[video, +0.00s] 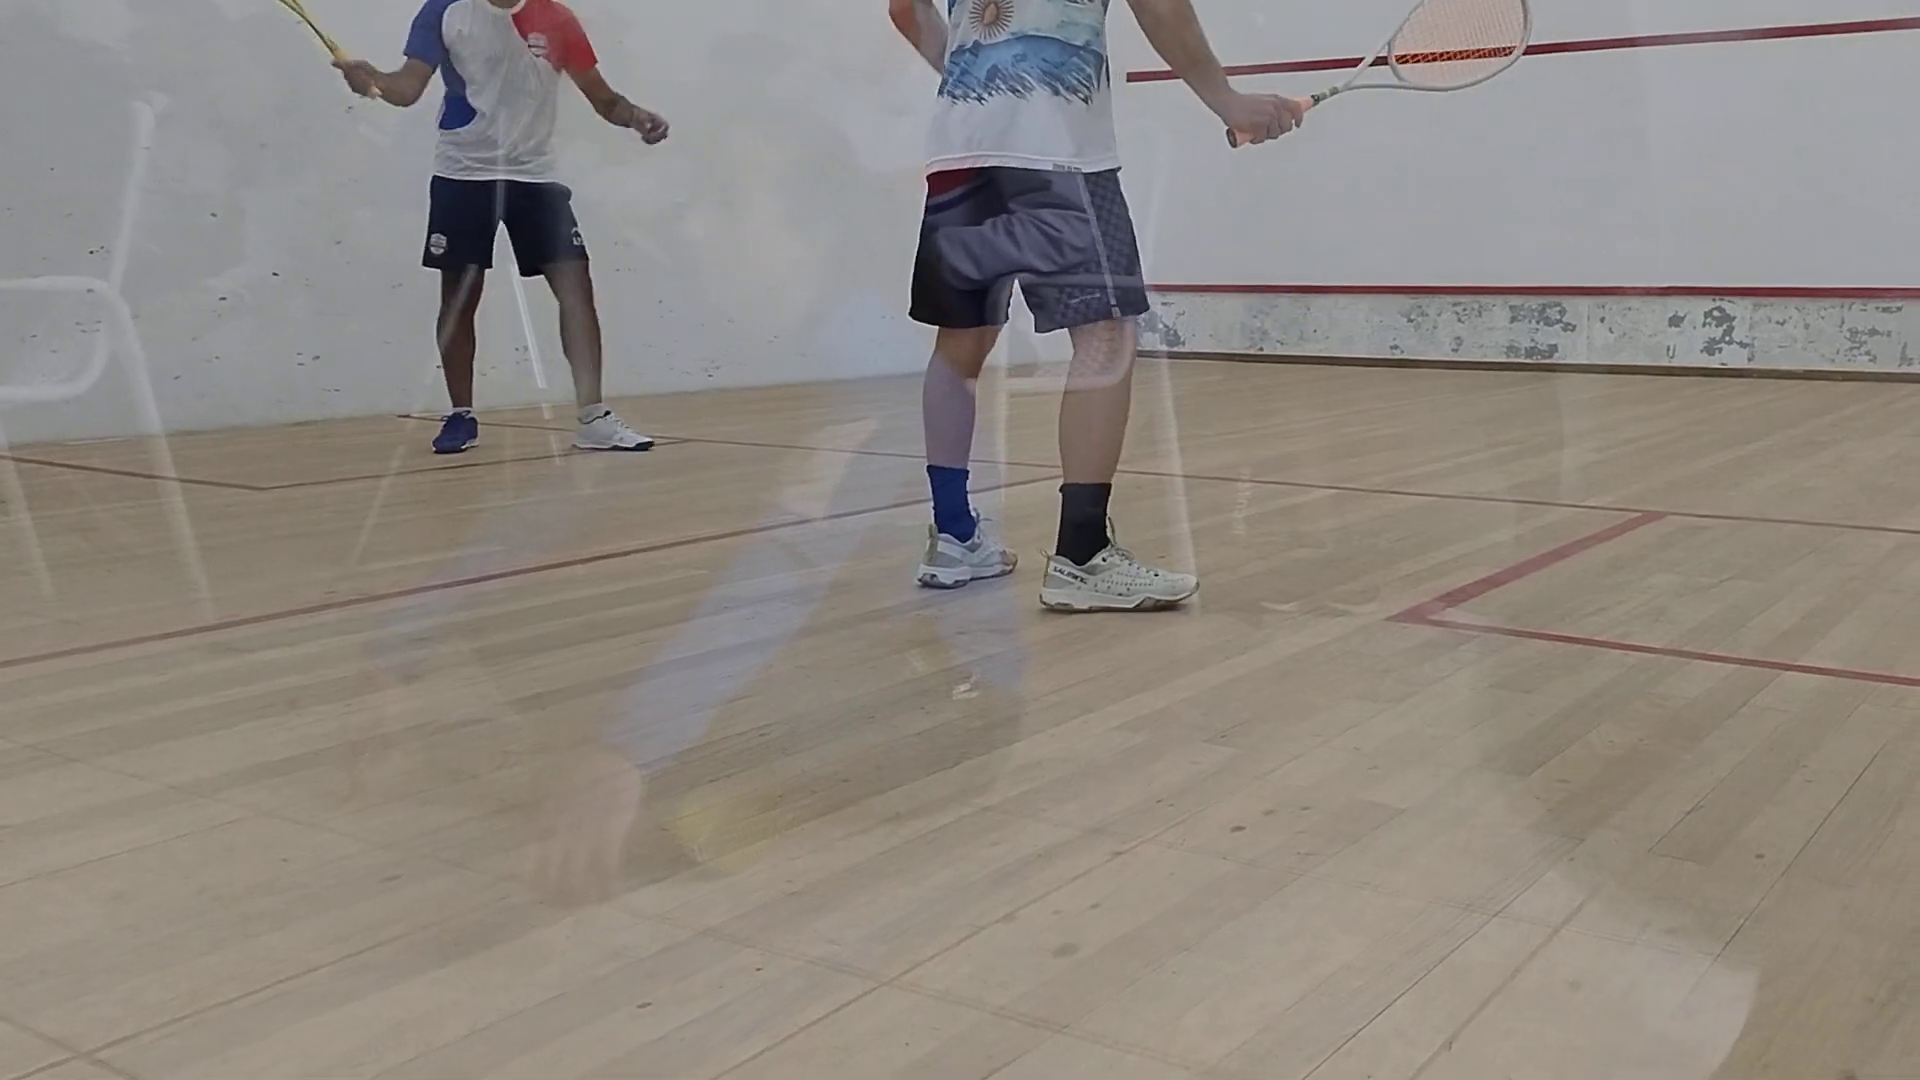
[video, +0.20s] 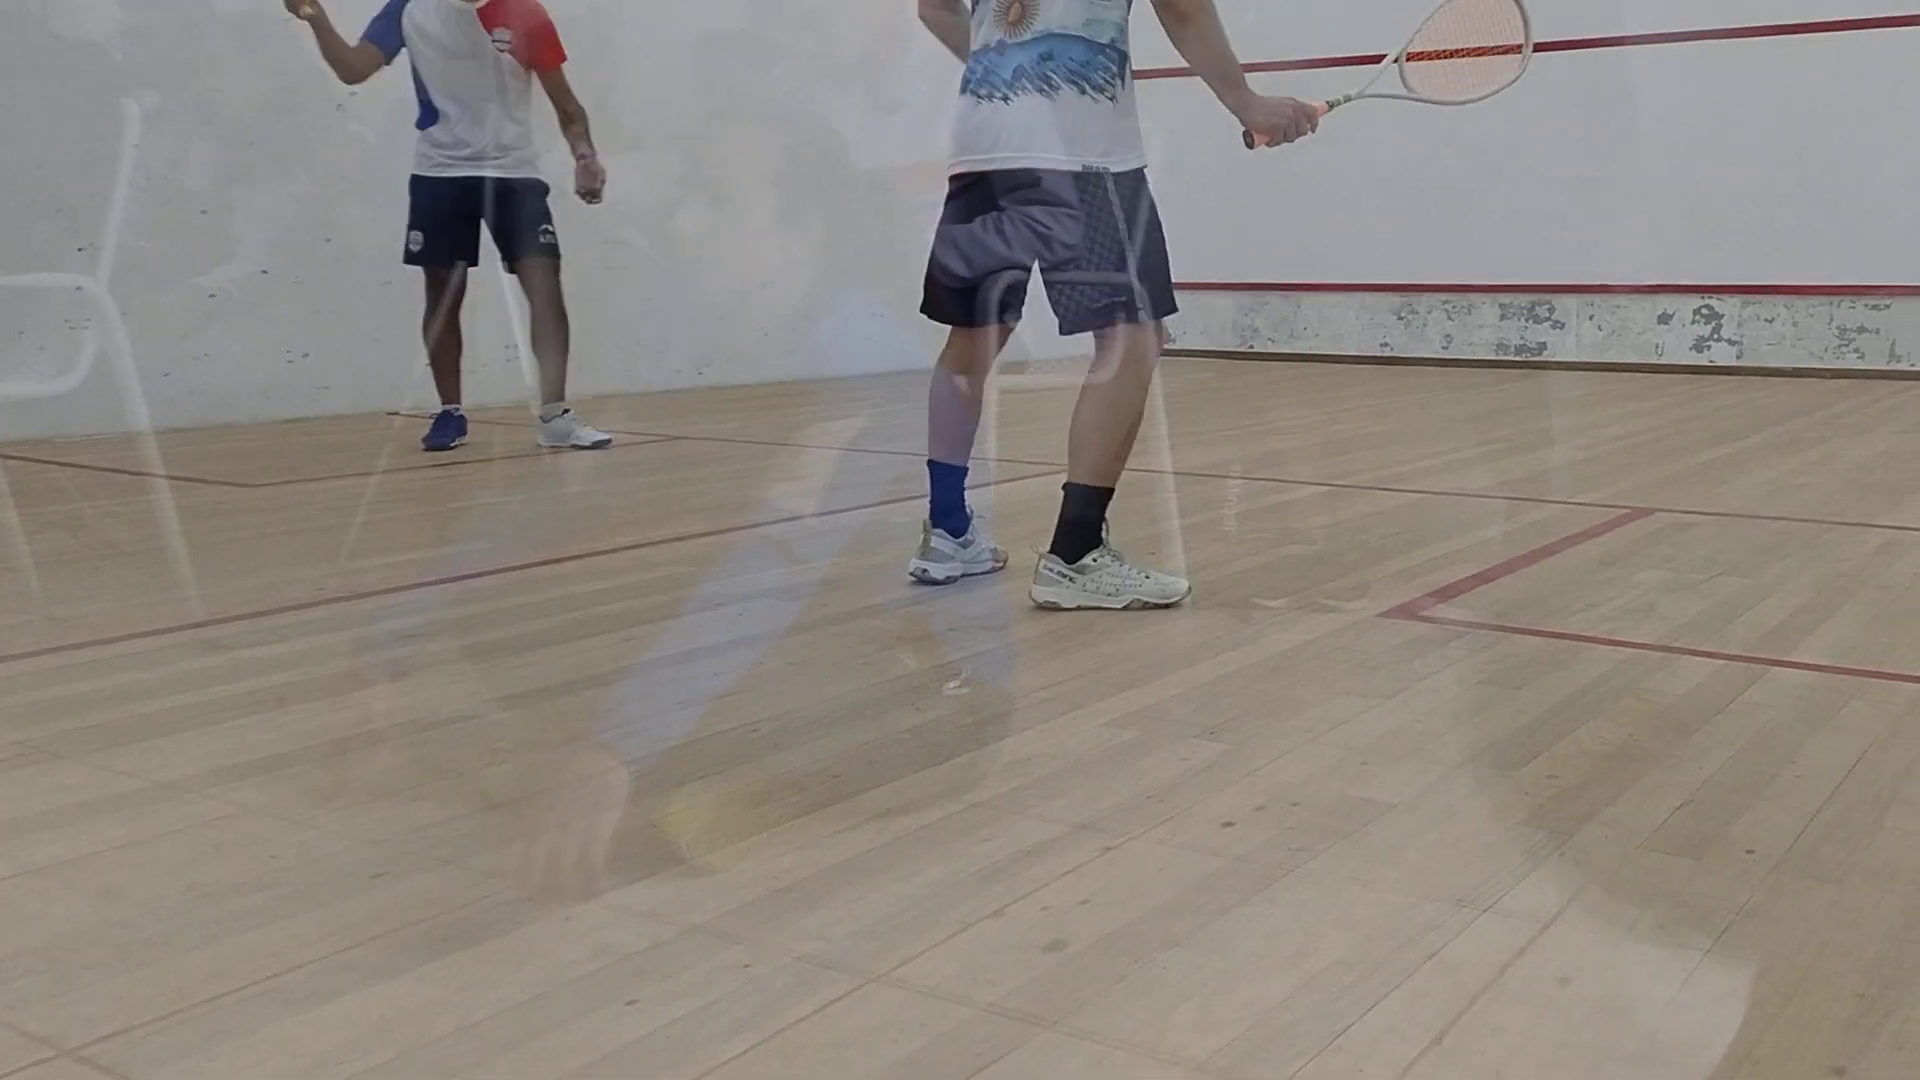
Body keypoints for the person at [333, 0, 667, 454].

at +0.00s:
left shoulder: (554, 17)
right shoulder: (443, 12)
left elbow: (603, 98)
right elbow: (407, 89)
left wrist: (636, 117)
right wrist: (372, 78)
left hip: (535, 173)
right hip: (463, 172)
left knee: (574, 279)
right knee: (461, 290)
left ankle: (592, 417)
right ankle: (460, 414)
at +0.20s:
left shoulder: (520, 10)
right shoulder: (411, 8)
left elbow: (565, 104)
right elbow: (353, 67)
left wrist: (585, 155)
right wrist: (316, 17)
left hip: (514, 167)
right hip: (441, 167)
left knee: (544, 281)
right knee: (443, 291)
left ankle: (554, 415)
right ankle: (450, 411)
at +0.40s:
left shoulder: (506, 3)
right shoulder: (389, 6)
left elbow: (555, 73)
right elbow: (317, 51)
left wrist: (586, 103)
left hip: (500, 156)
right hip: (426, 160)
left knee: (536, 273)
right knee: (426, 284)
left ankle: (548, 406)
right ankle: (433, 408)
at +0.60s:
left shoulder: (518, 2)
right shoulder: (397, 6)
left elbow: (608, 41)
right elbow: (315, 35)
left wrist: (648, 13)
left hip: (510, 156)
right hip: (435, 161)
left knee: (559, 270)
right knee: (425, 284)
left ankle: (595, 403)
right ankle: (420, 407)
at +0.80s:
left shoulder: (564, 10)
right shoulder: (442, 14)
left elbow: (649, 29)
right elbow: (350, 22)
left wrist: (733, 30)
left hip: (556, 174)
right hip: (477, 179)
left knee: (611, 285)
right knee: (440, 297)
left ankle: (633, 417)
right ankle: (413, 406)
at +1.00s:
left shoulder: (624, 13)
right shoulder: (543, 24)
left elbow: (653, 49)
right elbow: (522, 80)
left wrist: (705, 70)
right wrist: (463, 12)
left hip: (607, 181)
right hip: (542, 186)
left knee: (657, 286)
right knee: (516, 302)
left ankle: (627, 416)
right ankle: (430, 377)